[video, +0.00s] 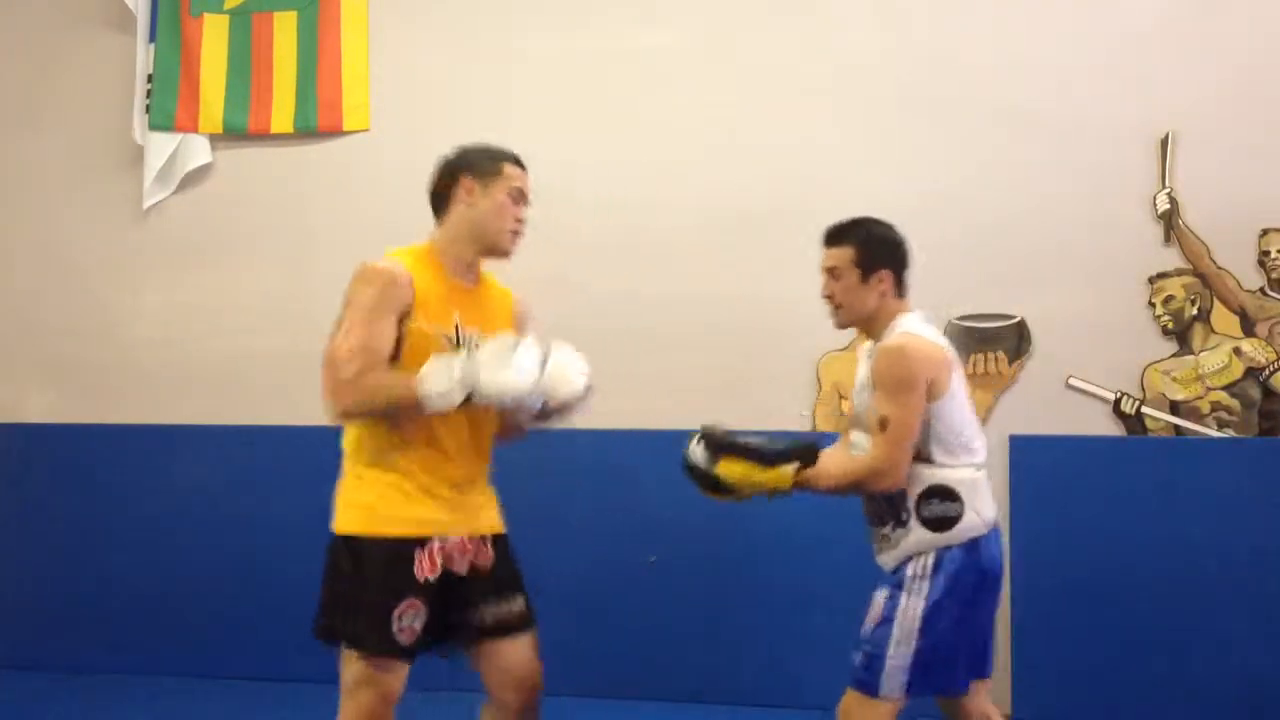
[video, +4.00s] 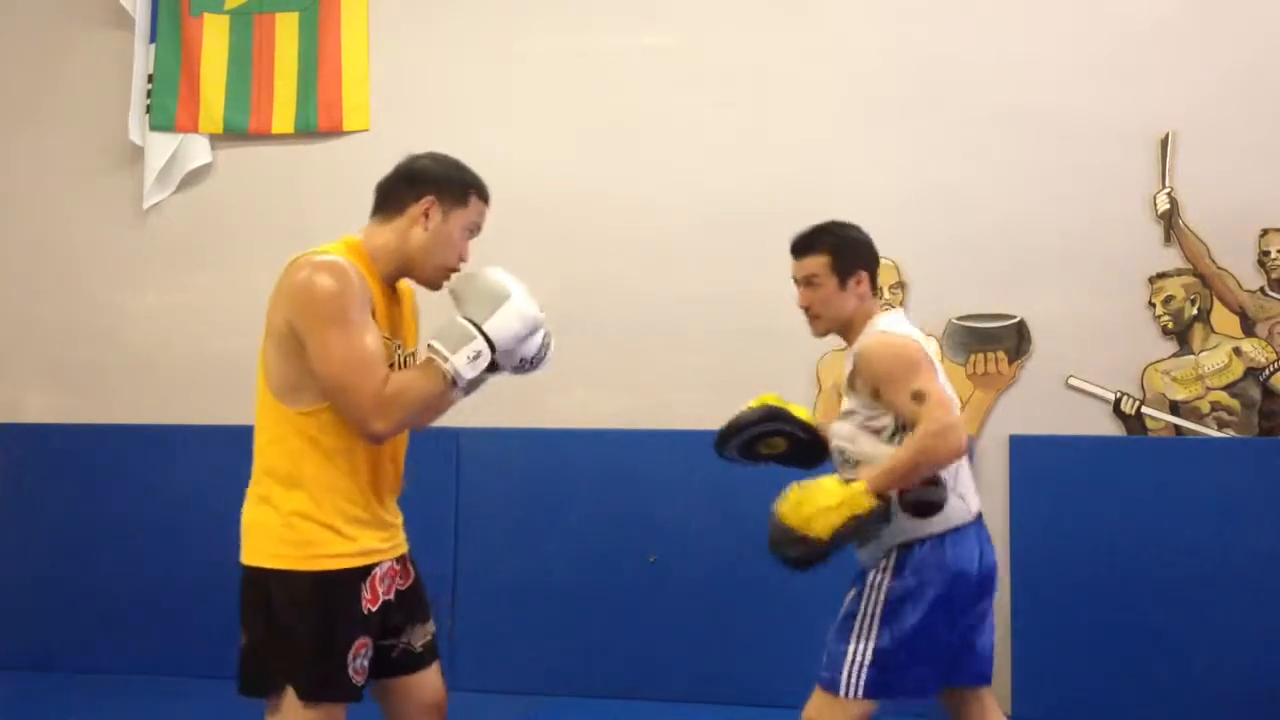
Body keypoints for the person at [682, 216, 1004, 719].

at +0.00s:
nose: (824, 289)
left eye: (836, 275)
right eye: (825, 275)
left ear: (881, 282)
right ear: (878, 286)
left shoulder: (905, 350)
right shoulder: (888, 344)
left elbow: (888, 471)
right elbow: (858, 449)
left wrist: (796, 478)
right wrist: (787, 468)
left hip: (938, 552)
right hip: (959, 546)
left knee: (863, 709)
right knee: (966, 700)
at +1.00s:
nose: (755, 291)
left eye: (763, 277)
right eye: (755, 277)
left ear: (808, 280)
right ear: (810, 281)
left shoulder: (835, 337)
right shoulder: (854, 326)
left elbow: (773, 424)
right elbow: (781, 404)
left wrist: (696, 377)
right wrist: (714, 372)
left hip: (903, 543)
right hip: (934, 531)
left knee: (850, 702)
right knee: (956, 687)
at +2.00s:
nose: (752, 287)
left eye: (763, 272)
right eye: (753, 272)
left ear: (810, 280)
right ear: (813, 281)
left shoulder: (820, 345)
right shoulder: (872, 321)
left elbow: (757, 420)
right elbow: (914, 420)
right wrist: (845, 490)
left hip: (905, 548)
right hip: (960, 527)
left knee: (856, 707)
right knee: (981, 688)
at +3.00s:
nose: (819, 285)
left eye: (831, 269)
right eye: (819, 270)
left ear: (878, 276)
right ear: (874, 280)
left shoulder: (901, 342)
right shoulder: (896, 338)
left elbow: (958, 432)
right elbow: (903, 435)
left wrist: (872, 488)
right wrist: (825, 438)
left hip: (919, 555)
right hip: (964, 545)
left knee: (853, 707)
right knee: (978, 698)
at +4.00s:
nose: (801, 300)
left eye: (811, 284)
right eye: (798, 286)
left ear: (859, 285)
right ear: (859, 289)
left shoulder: (881, 348)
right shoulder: (894, 337)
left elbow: (947, 436)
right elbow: (897, 442)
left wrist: (855, 492)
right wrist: (813, 434)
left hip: (915, 556)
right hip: (961, 545)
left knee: (831, 709)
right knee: (970, 699)